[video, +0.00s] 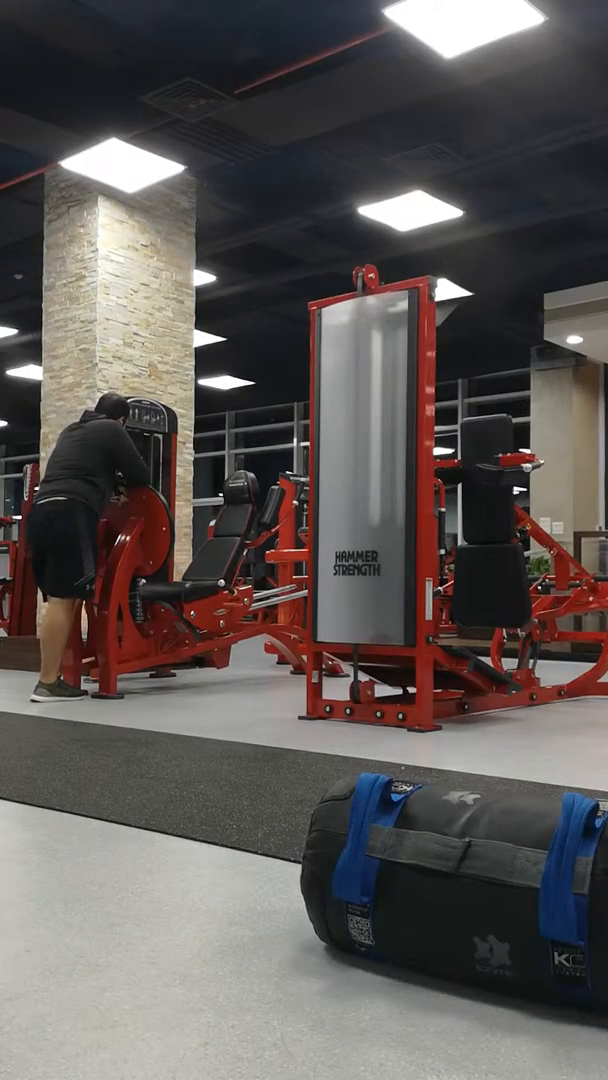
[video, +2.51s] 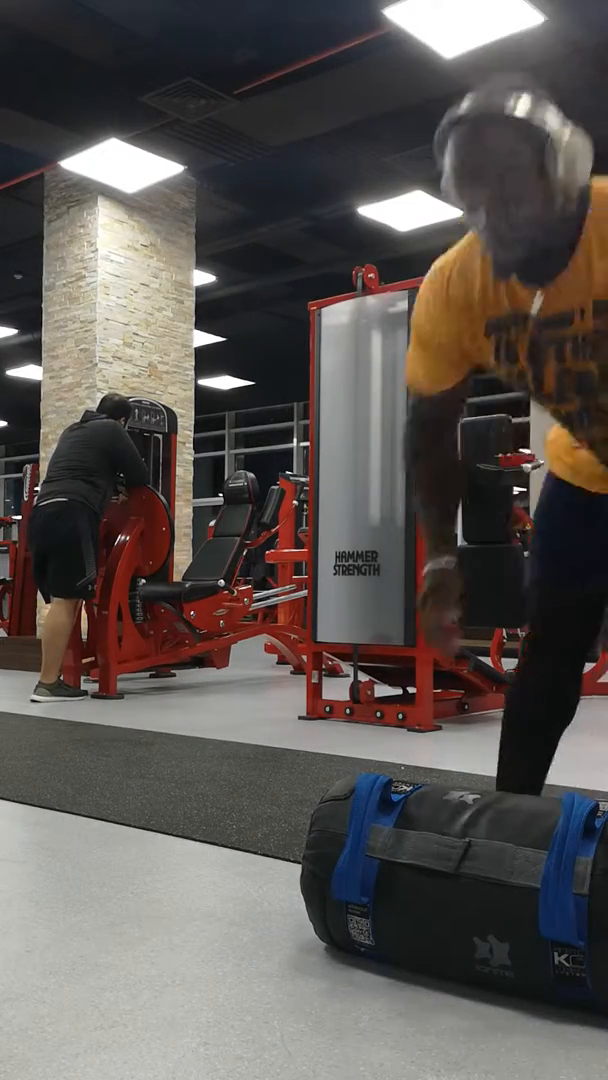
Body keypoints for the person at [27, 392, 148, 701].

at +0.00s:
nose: (124, 425)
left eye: (124, 422)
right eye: (125, 422)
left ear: (97, 413)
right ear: (121, 419)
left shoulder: (70, 430)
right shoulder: (113, 430)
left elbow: (75, 468)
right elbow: (141, 477)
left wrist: (109, 483)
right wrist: (113, 474)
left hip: (41, 511)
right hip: (68, 511)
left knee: (56, 599)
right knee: (60, 600)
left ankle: (51, 678)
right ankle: (48, 682)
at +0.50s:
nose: (124, 426)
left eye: (124, 422)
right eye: (125, 422)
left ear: (97, 413)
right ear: (121, 419)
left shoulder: (70, 430)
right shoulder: (114, 430)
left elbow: (75, 468)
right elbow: (140, 478)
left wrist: (109, 486)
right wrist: (113, 475)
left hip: (39, 511)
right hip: (67, 510)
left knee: (54, 600)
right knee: (60, 601)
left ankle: (50, 679)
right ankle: (48, 682)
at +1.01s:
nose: (125, 427)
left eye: (124, 423)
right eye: (126, 423)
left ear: (98, 413)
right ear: (121, 420)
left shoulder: (71, 430)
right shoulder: (113, 430)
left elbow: (78, 468)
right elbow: (140, 478)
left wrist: (111, 487)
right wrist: (118, 479)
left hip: (39, 512)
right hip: (66, 511)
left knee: (57, 600)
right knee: (61, 601)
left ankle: (50, 679)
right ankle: (48, 682)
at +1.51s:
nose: (126, 427)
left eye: (126, 424)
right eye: (127, 423)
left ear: (99, 414)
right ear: (122, 420)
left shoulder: (71, 431)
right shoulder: (113, 431)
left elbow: (75, 469)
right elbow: (141, 478)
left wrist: (109, 486)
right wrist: (114, 474)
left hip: (40, 512)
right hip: (66, 511)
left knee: (63, 600)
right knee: (62, 600)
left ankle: (51, 678)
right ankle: (48, 682)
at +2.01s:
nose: (126, 427)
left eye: (126, 423)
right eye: (127, 423)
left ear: (99, 414)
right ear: (122, 419)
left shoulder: (71, 431)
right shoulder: (114, 431)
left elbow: (76, 470)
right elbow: (140, 478)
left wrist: (110, 486)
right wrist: (114, 477)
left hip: (42, 511)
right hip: (68, 510)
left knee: (60, 600)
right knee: (64, 600)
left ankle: (50, 678)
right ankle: (48, 682)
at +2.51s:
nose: (126, 426)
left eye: (126, 423)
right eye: (127, 423)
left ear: (99, 413)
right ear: (122, 419)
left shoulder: (71, 431)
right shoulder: (113, 431)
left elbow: (75, 470)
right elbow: (140, 478)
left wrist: (110, 487)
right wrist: (113, 476)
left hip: (42, 512)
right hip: (69, 511)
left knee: (59, 600)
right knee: (65, 600)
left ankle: (51, 678)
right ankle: (48, 682)